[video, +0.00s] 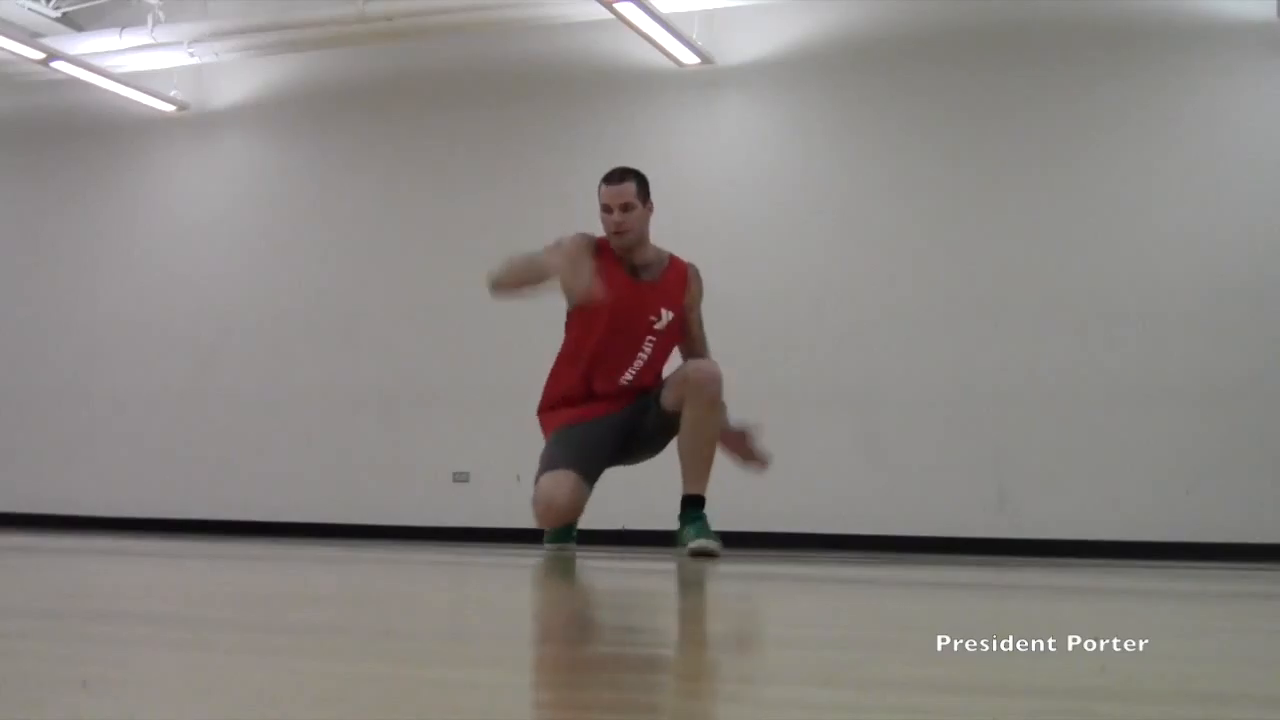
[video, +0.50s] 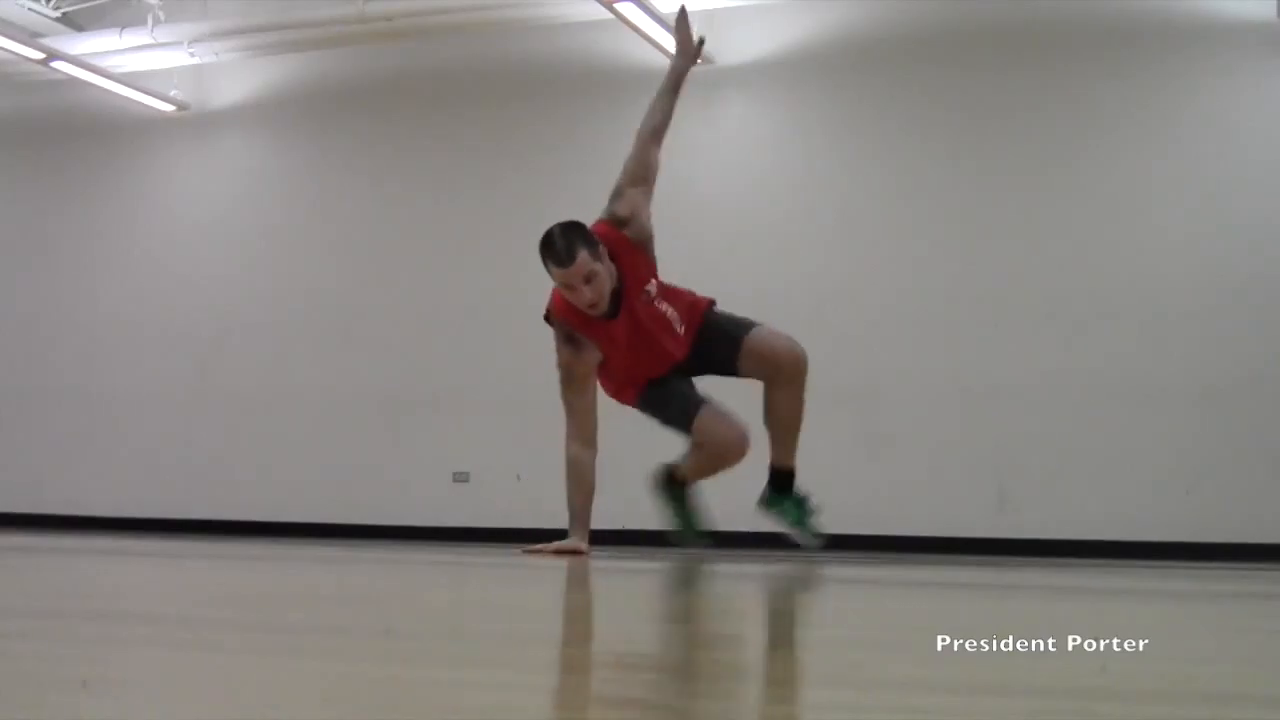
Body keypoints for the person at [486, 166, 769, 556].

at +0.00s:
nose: (616, 221)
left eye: (626, 209)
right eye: (607, 211)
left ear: (649, 209)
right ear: (599, 213)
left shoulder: (682, 278)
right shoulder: (580, 254)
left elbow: (698, 364)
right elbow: (500, 281)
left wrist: (722, 429)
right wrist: (556, 264)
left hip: (639, 412)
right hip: (578, 416)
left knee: (703, 374)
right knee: (553, 507)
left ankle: (693, 518)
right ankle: (562, 524)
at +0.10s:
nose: (616, 230)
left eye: (627, 219)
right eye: (607, 219)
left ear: (649, 218)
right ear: (598, 220)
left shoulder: (678, 281)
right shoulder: (576, 277)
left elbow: (679, 371)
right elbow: (557, 374)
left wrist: (707, 448)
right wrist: (595, 435)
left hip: (640, 422)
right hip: (577, 426)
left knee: (707, 379)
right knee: (528, 531)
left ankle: (687, 522)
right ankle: (566, 512)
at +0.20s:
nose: (606, 257)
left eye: (616, 244)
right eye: (595, 247)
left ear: (637, 240)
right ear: (586, 248)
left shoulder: (674, 279)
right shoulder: (577, 310)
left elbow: (695, 330)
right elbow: (585, 418)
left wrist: (751, 381)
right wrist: (591, 511)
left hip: (645, 432)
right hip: (588, 444)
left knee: (702, 382)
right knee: (521, 536)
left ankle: (686, 521)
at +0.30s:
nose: (597, 282)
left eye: (606, 267)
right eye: (585, 272)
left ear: (627, 256)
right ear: (576, 271)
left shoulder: (662, 263)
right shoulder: (577, 330)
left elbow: (702, 249)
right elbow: (583, 439)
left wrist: (761, 243)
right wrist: (578, 535)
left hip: (662, 418)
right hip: (605, 439)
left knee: (725, 384)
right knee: (548, 535)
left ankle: (690, 520)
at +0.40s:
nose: (589, 294)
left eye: (596, 277)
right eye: (574, 285)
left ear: (614, 257)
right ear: (563, 282)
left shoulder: (642, 240)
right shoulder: (575, 337)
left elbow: (656, 182)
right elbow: (580, 437)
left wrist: (692, 127)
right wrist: (578, 534)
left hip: (681, 371)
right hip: (629, 409)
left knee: (764, 378)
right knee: (647, 514)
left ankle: (708, 513)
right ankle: (589, 504)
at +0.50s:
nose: (585, 295)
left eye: (589, 279)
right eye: (571, 289)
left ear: (604, 255)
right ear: (556, 286)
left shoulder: (627, 222)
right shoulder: (574, 344)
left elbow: (650, 140)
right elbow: (581, 442)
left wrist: (682, 64)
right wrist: (579, 535)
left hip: (683, 327)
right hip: (644, 380)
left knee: (787, 359)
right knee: (732, 442)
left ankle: (781, 491)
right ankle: (674, 483)